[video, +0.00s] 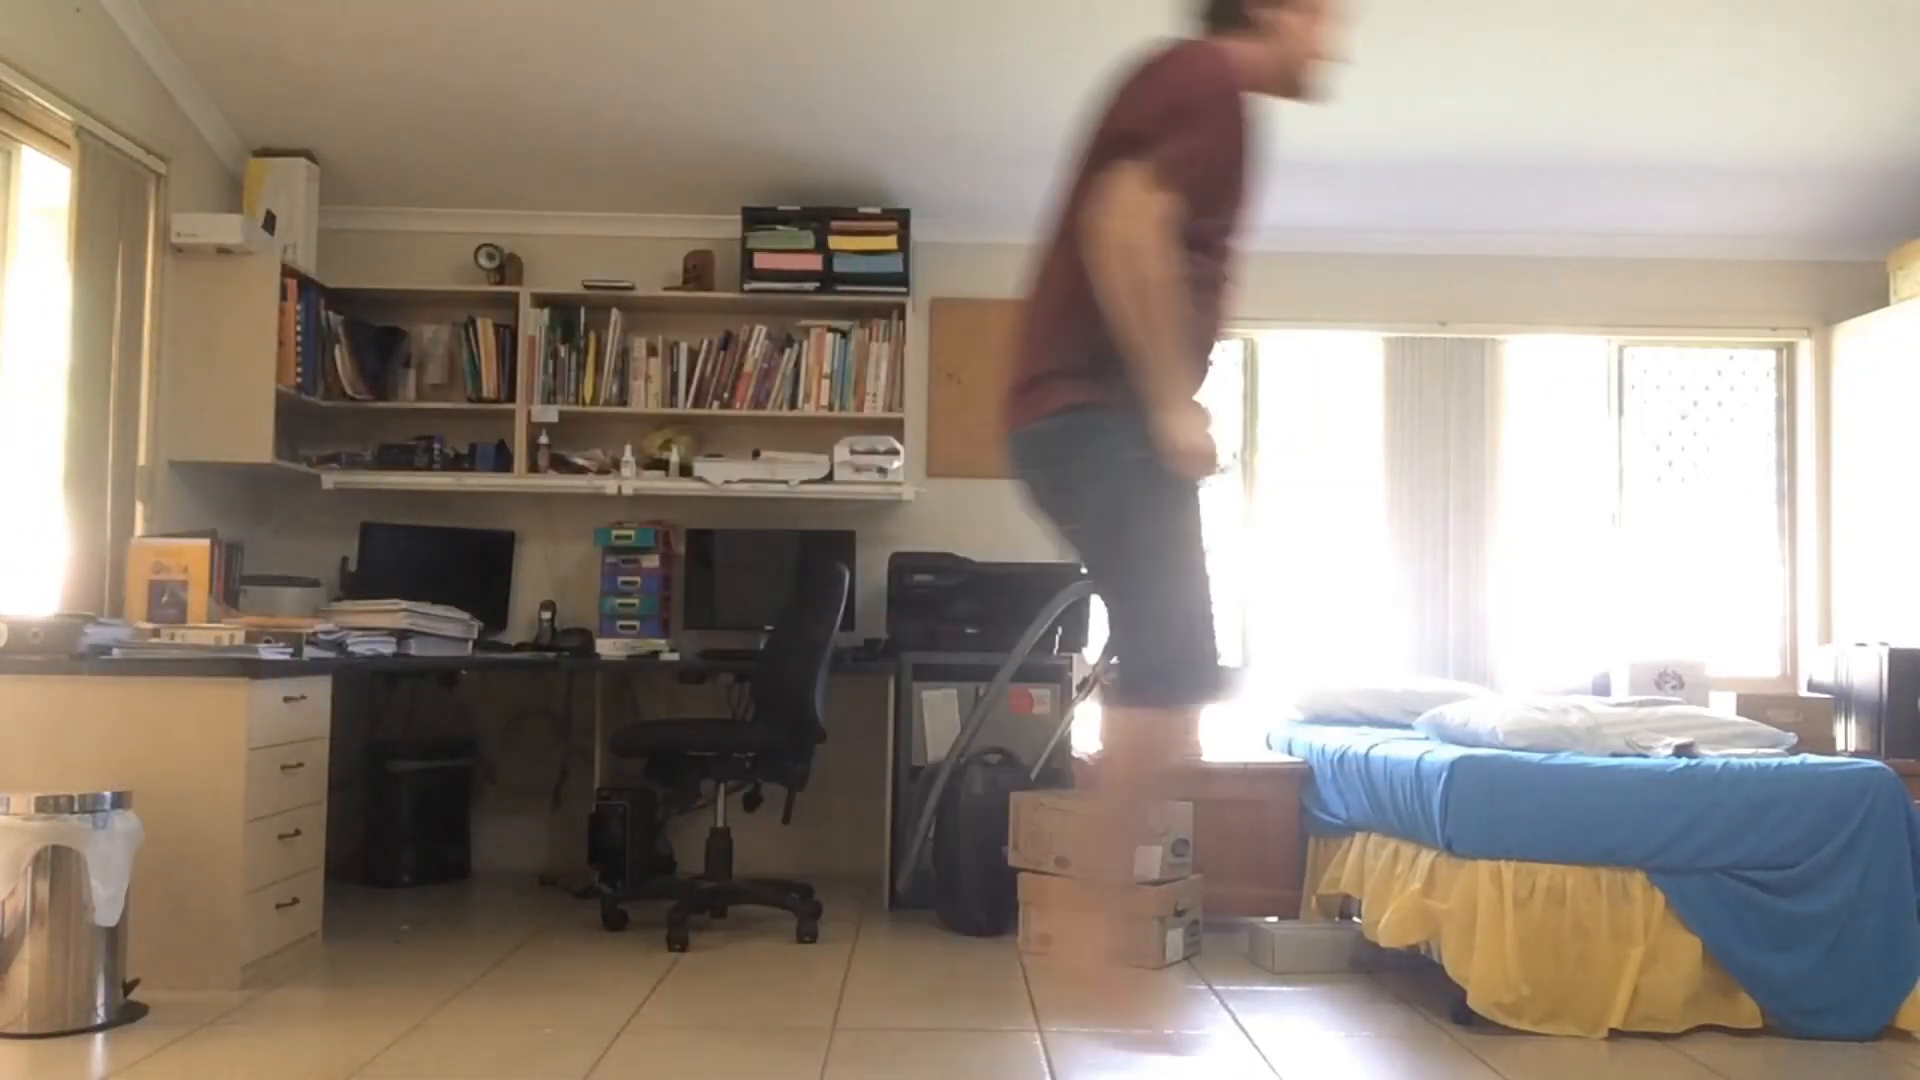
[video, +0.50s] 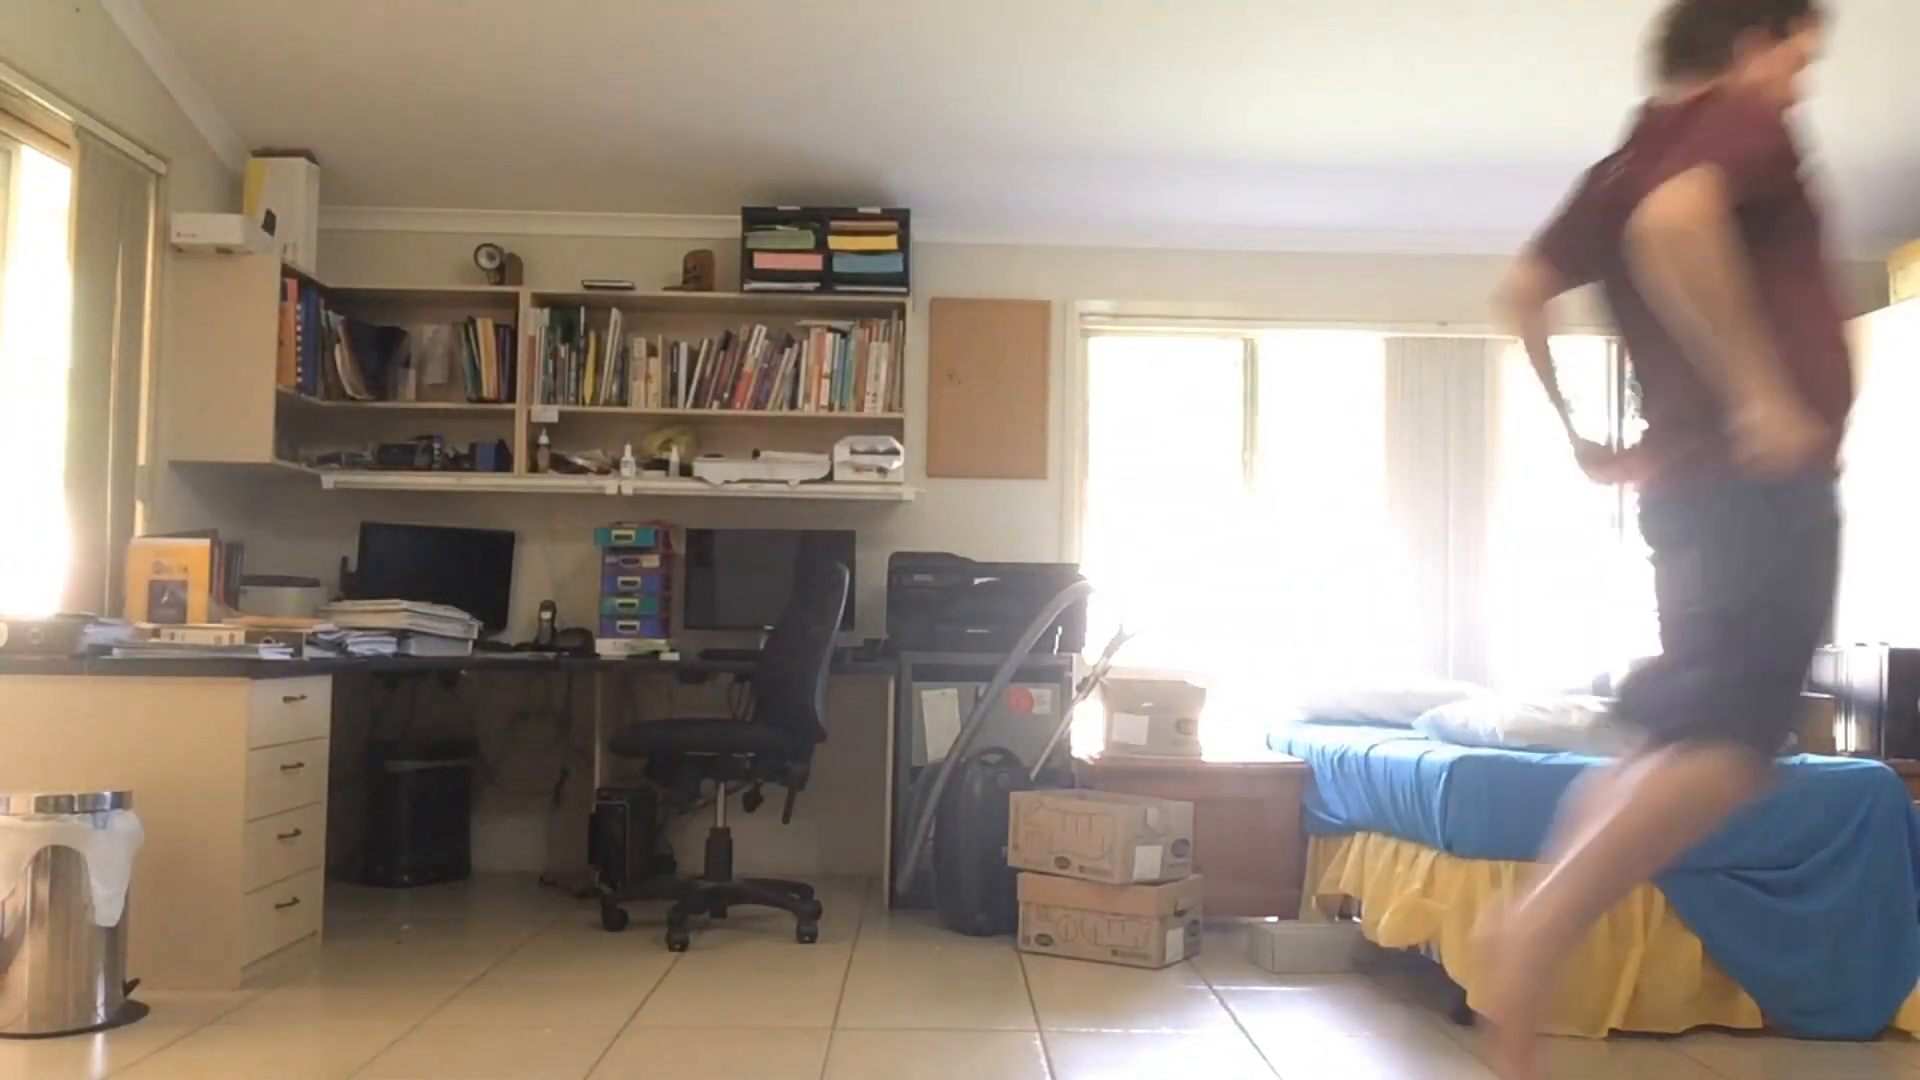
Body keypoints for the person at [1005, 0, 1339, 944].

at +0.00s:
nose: (1334, 46)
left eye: (1333, 27)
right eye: (1326, 23)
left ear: (1267, 17)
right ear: (1277, 14)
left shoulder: (1203, 83)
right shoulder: (1204, 74)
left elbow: (1129, 230)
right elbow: (1125, 217)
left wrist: (1171, 403)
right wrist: (1174, 400)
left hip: (1101, 417)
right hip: (1095, 417)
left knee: (1163, 673)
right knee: (1166, 674)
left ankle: (1127, 926)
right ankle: (1119, 935)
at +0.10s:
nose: (1484, 98)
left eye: (1484, 77)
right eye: (1475, 74)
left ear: (1414, 66)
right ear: (1424, 65)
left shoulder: (1346, 138)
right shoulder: (1353, 134)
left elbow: (1232, 269)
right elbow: (1247, 256)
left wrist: (1263, 430)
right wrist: (1280, 441)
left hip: (1187, 442)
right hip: (1185, 441)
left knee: (1299, 709)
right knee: (1298, 709)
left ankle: (1333, 959)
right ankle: (1340, 977)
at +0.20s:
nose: (1598, 176)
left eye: (1595, 154)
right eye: (1586, 153)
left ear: (1516, 154)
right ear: (1534, 153)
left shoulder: (1445, 226)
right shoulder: (1477, 230)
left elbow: (1350, 373)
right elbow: (1363, 356)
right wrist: (1386, 556)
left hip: (1292, 549)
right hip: (1312, 551)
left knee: (1445, 798)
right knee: (1456, 798)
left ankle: (1413, 1052)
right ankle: (1402, 1059)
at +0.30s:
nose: (1670, 213)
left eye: (1664, 193)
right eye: (1658, 195)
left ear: (1572, 211)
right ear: (1608, 210)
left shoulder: (1524, 297)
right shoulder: (1571, 302)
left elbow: (1477, 472)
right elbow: (1503, 463)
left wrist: (1496, 645)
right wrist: (1507, 651)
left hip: (1412, 639)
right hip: (1441, 643)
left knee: (1533, 861)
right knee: (1577, 875)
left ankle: (1426, 1058)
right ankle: (1403, 1064)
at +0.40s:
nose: (1734, 148)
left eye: (1729, 127)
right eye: (1723, 128)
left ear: (1618, 144)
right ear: (1681, 138)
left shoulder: (1566, 248)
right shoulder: (1666, 234)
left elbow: (1469, 398)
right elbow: (1594, 375)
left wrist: (1483, 545)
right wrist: (1637, 555)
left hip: (1523, 573)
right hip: (1579, 574)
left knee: (1583, 829)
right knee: (1626, 835)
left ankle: (1440, 1040)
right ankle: (1425, 1046)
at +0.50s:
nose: (1800, 79)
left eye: (1803, 58)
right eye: (1796, 56)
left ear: (1699, 50)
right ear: (1753, 44)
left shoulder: (1636, 150)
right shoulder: (1744, 112)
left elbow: (1523, 292)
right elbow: (1671, 218)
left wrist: (1578, 434)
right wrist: (1760, 396)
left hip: (1689, 482)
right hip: (1764, 478)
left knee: (1675, 729)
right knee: (1738, 741)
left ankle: (1522, 944)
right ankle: (1528, 936)